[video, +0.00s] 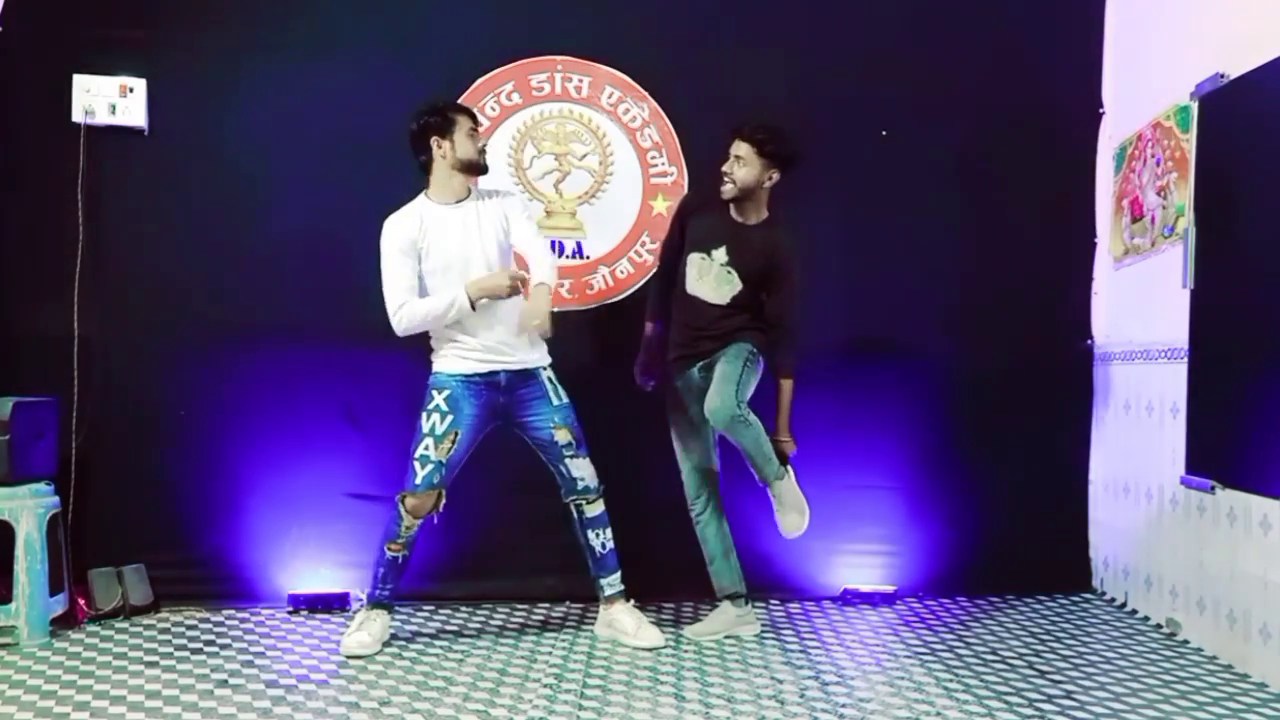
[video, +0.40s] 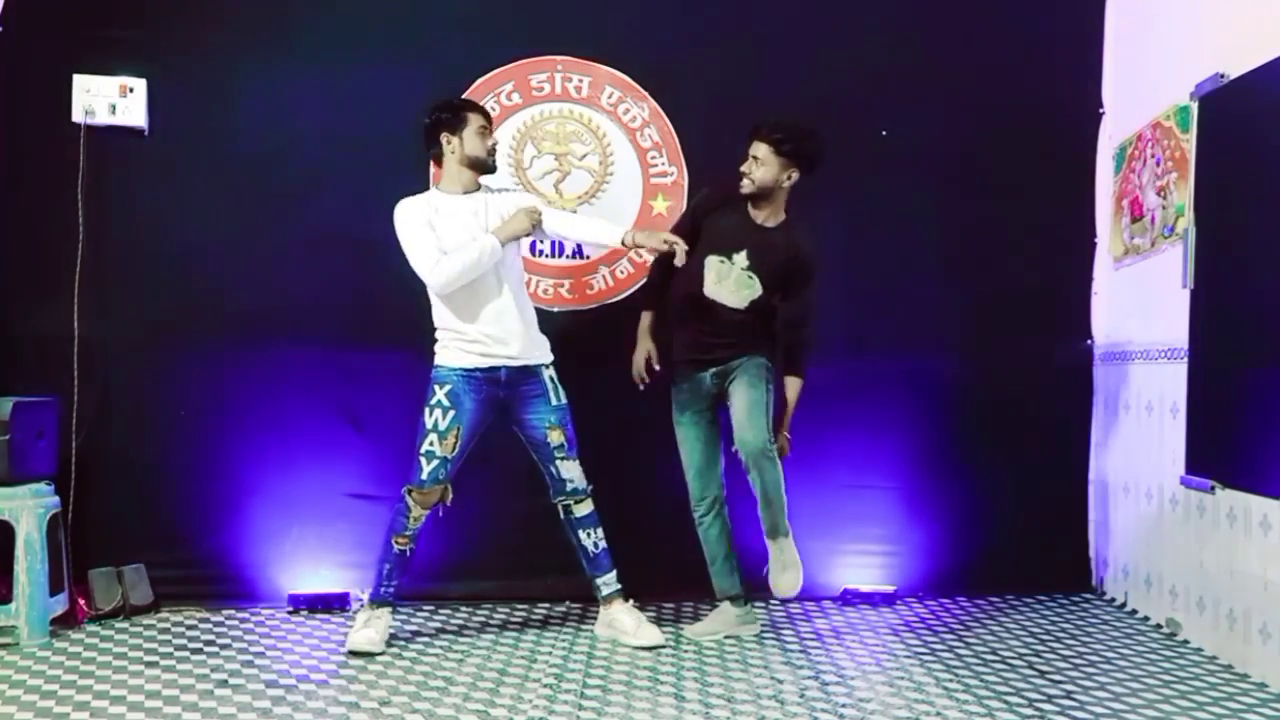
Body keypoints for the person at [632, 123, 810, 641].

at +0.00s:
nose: (727, 168)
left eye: (740, 162)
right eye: (728, 158)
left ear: (770, 177)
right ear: (727, 164)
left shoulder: (776, 245)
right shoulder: (695, 212)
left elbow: (786, 339)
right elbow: (662, 277)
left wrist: (783, 424)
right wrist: (650, 346)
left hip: (737, 348)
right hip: (685, 360)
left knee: (721, 408)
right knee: (700, 491)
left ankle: (778, 480)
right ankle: (735, 604)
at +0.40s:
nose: (746, 168)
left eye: (758, 163)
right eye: (747, 158)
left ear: (789, 176)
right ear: (745, 162)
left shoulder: (792, 251)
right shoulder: (712, 207)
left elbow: (796, 339)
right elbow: (662, 266)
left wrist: (786, 421)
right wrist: (644, 335)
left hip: (746, 363)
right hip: (688, 367)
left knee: (753, 443)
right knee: (704, 496)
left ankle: (779, 543)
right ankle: (731, 605)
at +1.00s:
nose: (734, 144)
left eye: (742, 133)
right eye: (735, 133)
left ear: (774, 139)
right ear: (764, 141)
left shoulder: (823, 213)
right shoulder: (741, 209)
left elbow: (855, 311)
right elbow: (737, 300)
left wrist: (840, 398)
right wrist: (720, 368)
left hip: (795, 379)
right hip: (735, 376)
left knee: (799, 505)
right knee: (728, 498)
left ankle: (802, 623)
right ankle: (737, 607)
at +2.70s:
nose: (725, 138)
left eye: (735, 129)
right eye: (727, 130)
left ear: (770, 137)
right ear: (752, 140)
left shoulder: (808, 202)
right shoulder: (728, 209)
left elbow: (873, 268)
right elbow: (702, 270)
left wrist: (804, 313)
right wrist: (712, 316)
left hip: (784, 372)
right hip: (730, 372)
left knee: (797, 503)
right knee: (738, 498)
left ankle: (802, 623)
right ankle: (742, 609)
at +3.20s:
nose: (714, 142)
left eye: (725, 132)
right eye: (716, 132)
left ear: (759, 139)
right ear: (745, 142)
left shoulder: (796, 202)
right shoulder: (721, 211)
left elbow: (825, 279)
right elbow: (711, 281)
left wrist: (748, 302)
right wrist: (711, 317)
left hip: (777, 377)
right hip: (724, 378)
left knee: (790, 503)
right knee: (733, 499)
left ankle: (802, 622)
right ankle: (741, 609)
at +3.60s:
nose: (702, 145)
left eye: (712, 136)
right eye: (702, 136)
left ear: (747, 143)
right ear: (724, 146)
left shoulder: (773, 206)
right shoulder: (724, 209)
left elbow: (739, 286)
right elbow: (713, 278)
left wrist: (672, 257)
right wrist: (665, 254)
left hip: (762, 370)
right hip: (722, 371)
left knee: (752, 487)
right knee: (726, 493)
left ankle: (797, 615)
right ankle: (741, 610)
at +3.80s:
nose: (697, 150)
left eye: (709, 139)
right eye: (693, 140)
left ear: (742, 145)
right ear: (696, 146)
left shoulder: (766, 199)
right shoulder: (713, 208)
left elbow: (713, 236)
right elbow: (672, 239)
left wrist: (645, 187)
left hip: (764, 371)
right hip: (727, 371)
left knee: (762, 499)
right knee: (730, 498)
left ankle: (759, 634)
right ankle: (738, 609)